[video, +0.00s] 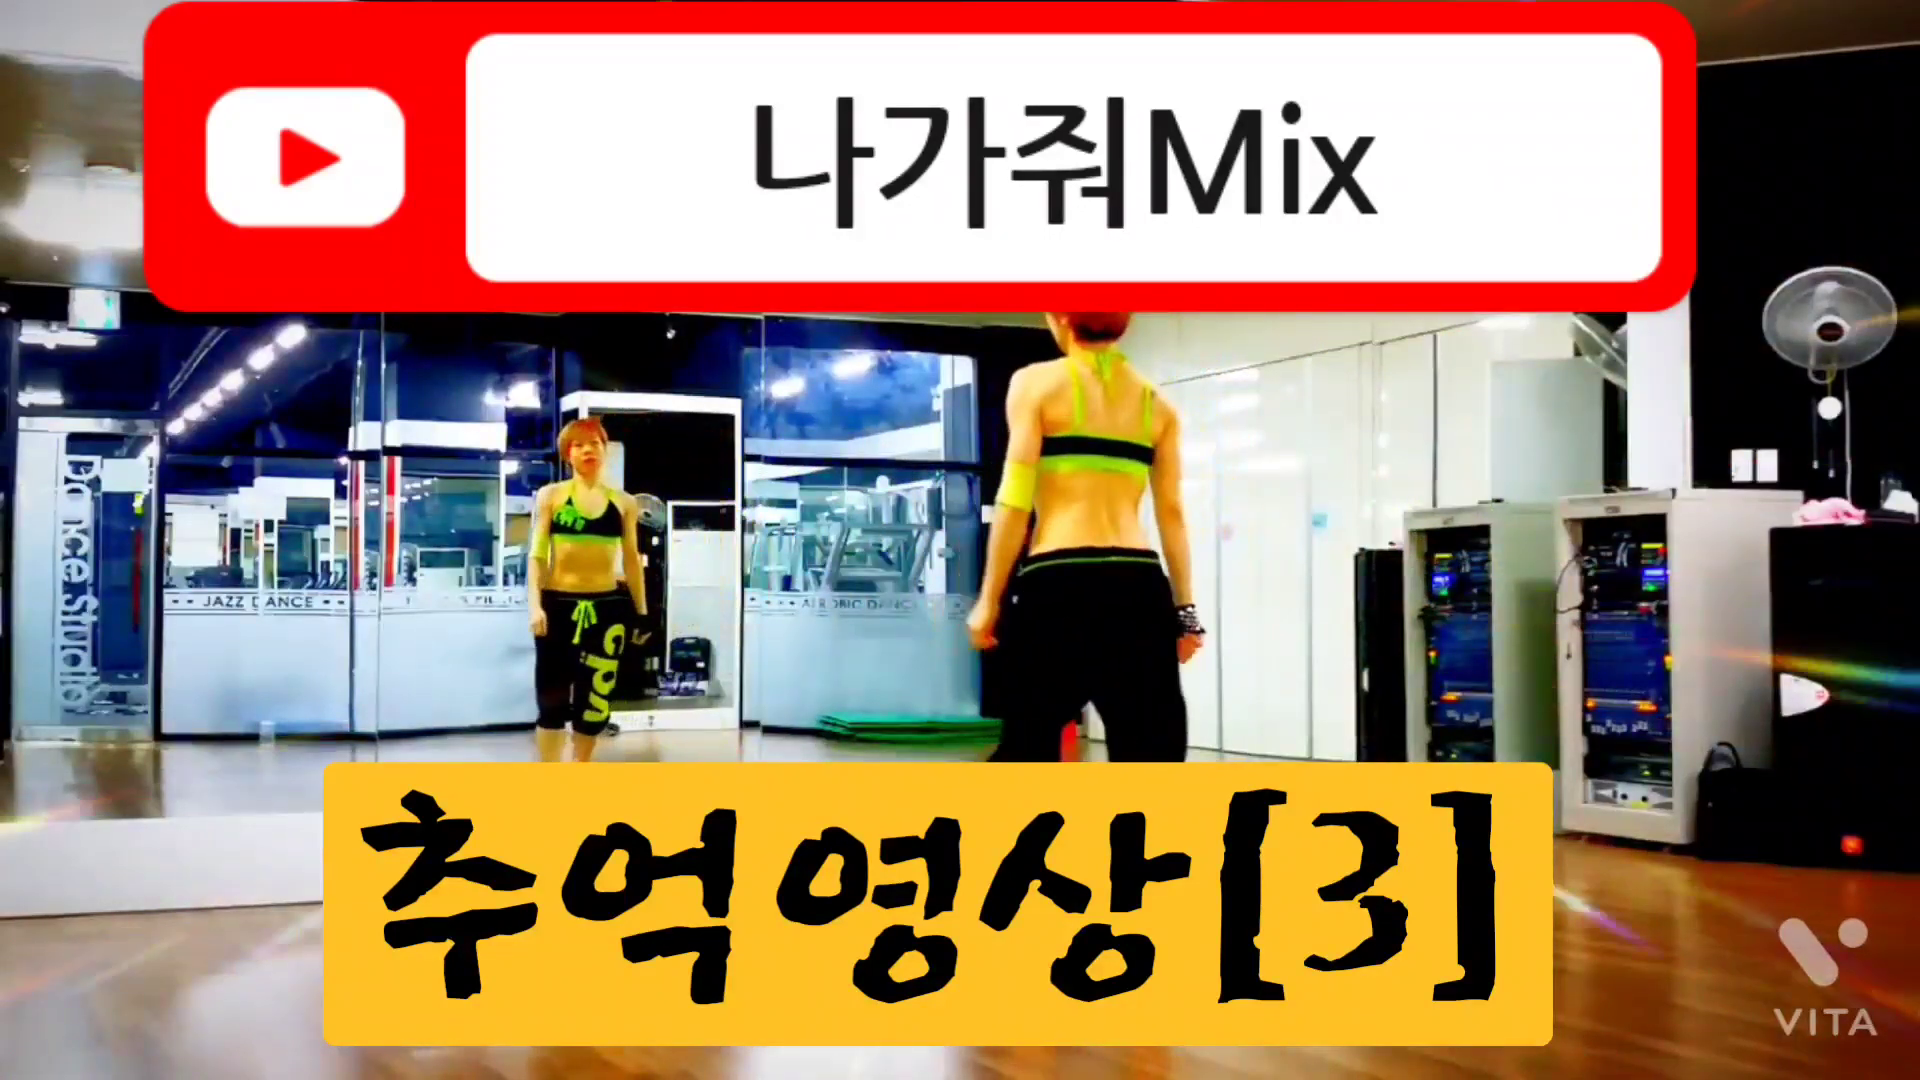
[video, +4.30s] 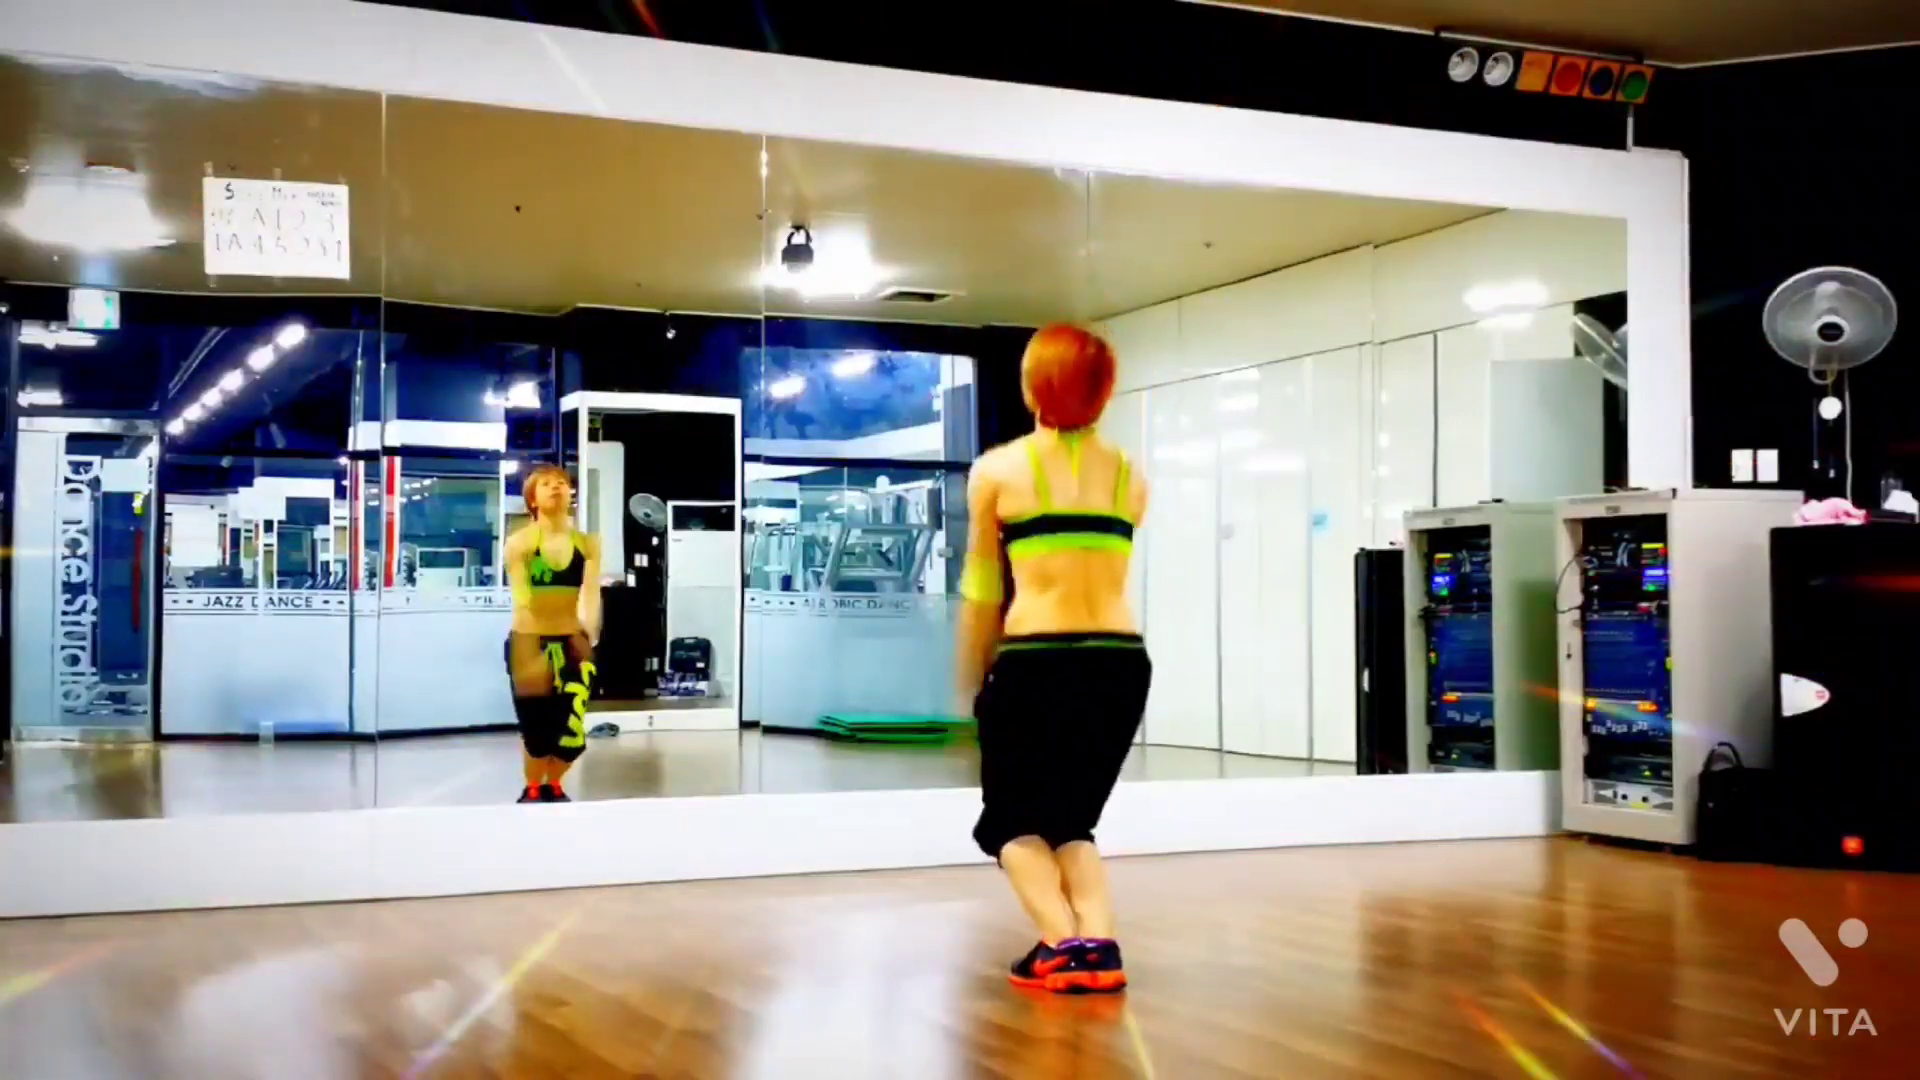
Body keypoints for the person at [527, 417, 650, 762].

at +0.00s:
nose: (588, 452)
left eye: (595, 444)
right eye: (579, 446)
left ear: (605, 450)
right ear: (568, 454)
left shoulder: (624, 502)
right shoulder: (550, 496)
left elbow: (633, 560)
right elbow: (537, 555)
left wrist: (642, 613)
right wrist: (535, 605)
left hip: (608, 608)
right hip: (559, 607)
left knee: (593, 703)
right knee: (553, 704)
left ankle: (579, 774)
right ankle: (549, 775)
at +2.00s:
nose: (552, 454)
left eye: (558, 446)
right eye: (543, 447)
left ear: (566, 452)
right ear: (530, 453)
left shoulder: (585, 502)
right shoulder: (512, 498)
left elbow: (594, 560)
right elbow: (493, 557)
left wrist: (600, 608)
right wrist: (498, 606)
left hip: (576, 607)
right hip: (527, 607)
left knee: (570, 700)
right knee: (528, 701)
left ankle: (552, 780)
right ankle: (531, 784)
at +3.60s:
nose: (560, 465)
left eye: (566, 457)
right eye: (551, 459)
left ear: (573, 458)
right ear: (535, 461)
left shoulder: (586, 496)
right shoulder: (519, 496)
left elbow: (611, 531)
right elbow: (525, 545)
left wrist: (577, 542)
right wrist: (557, 585)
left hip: (580, 603)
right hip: (533, 604)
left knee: (570, 697)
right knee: (532, 698)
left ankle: (553, 783)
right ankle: (531, 785)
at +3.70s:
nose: (561, 465)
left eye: (566, 458)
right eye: (552, 459)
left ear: (574, 459)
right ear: (537, 461)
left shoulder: (583, 496)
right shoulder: (520, 490)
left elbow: (611, 485)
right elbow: (524, 513)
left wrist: (566, 488)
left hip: (581, 602)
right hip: (533, 602)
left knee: (571, 700)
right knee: (531, 700)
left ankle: (553, 783)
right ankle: (531, 785)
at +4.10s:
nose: (554, 461)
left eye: (559, 454)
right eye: (546, 456)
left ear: (568, 458)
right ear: (531, 463)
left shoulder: (585, 499)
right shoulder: (521, 501)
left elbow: (590, 518)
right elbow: (549, 518)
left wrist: (577, 482)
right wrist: (566, 487)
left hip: (576, 608)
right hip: (530, 609)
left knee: (570, 708)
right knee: (537, 706)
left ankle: (553, 782)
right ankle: (532, 785)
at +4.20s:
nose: (554, 485)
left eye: (559, 478)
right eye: (545, 479)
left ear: (568, 488)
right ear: (531, 493)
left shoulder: (586, 537)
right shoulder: (521, 533)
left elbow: (583, 579)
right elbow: (537, 577)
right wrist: (570, 588)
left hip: (573, 640)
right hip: (529, 641)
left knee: (572, 733)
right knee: (540, 728)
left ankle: (552, 783)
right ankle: (532, 787)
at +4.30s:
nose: (556, 488)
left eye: (561, 483)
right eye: (547, 484)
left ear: (571, 494)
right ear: (532, 498)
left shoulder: (587, 543)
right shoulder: (519, 542)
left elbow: (591, 596)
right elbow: (521, 602)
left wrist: (589, 638)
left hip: (572, 637)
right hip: (529, 638)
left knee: (573, 729)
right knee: (538, 722)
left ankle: (553, 783)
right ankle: (532, 786)